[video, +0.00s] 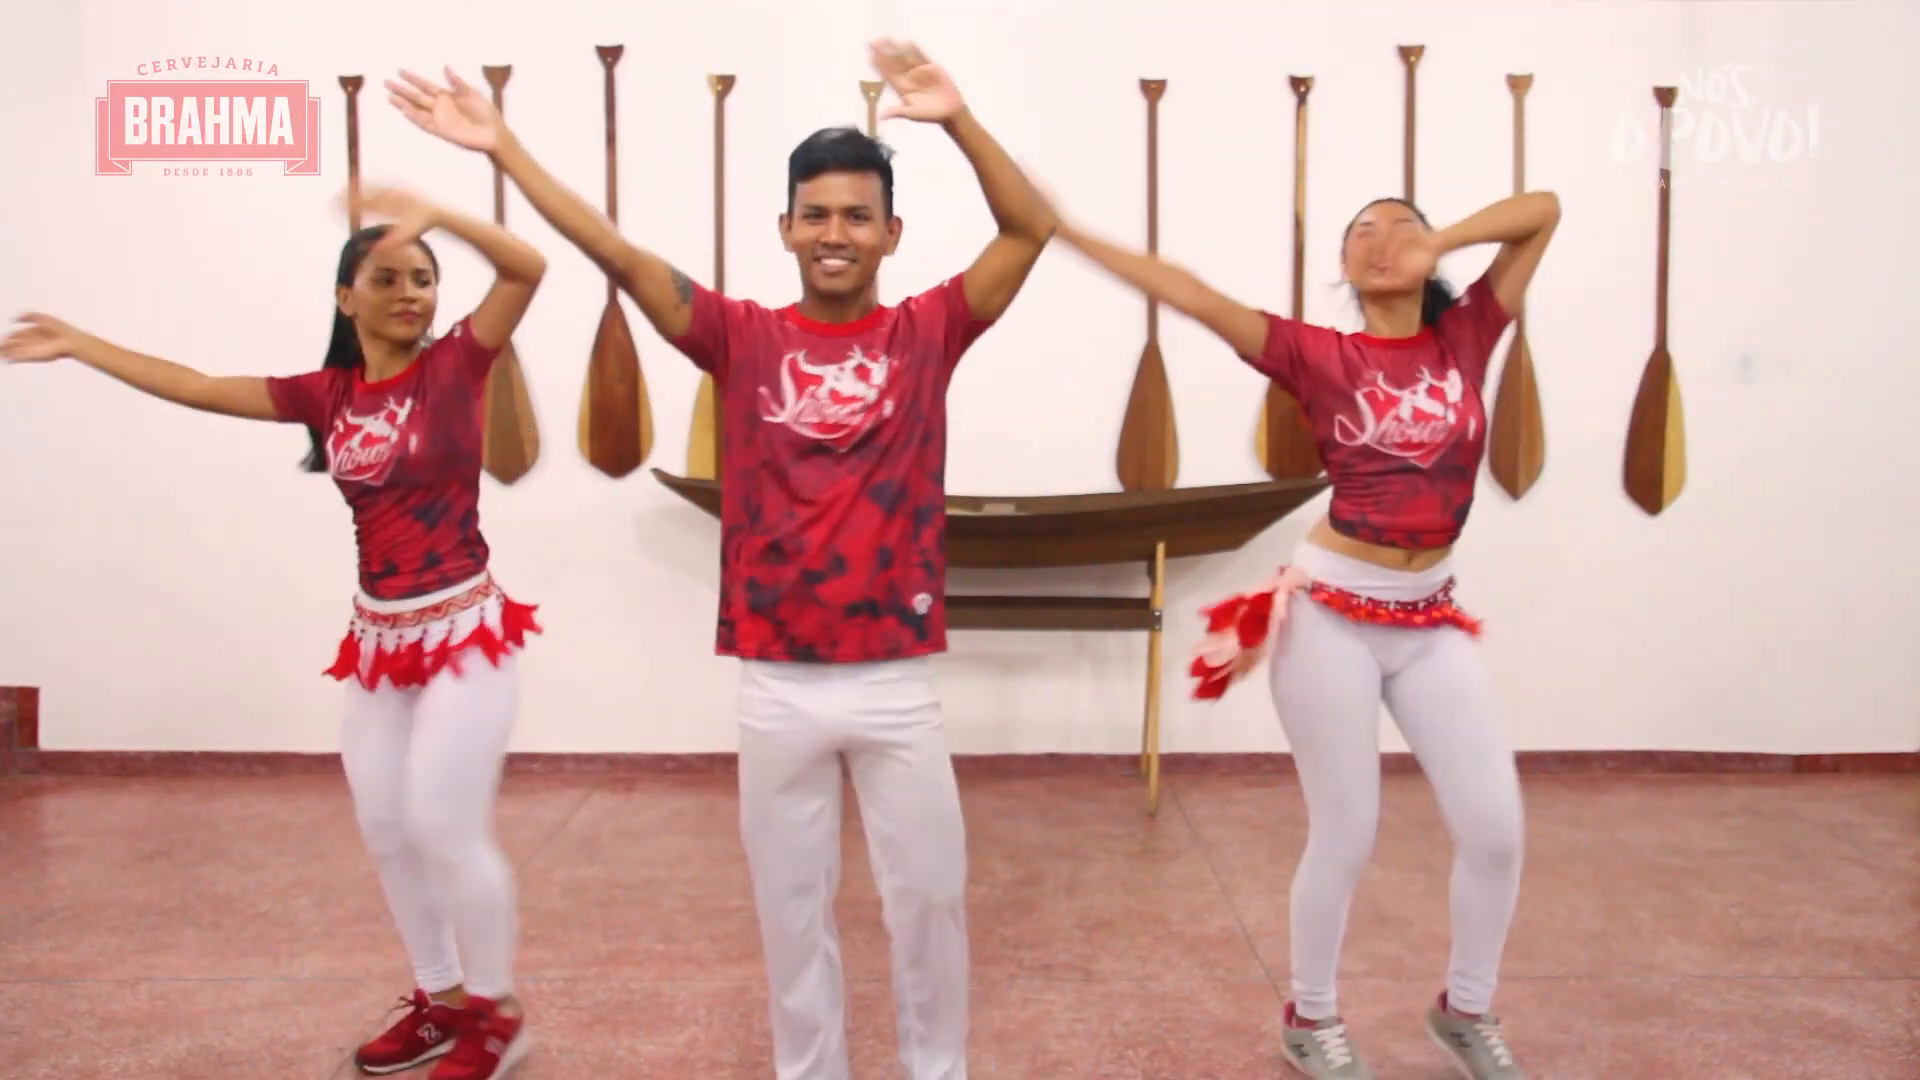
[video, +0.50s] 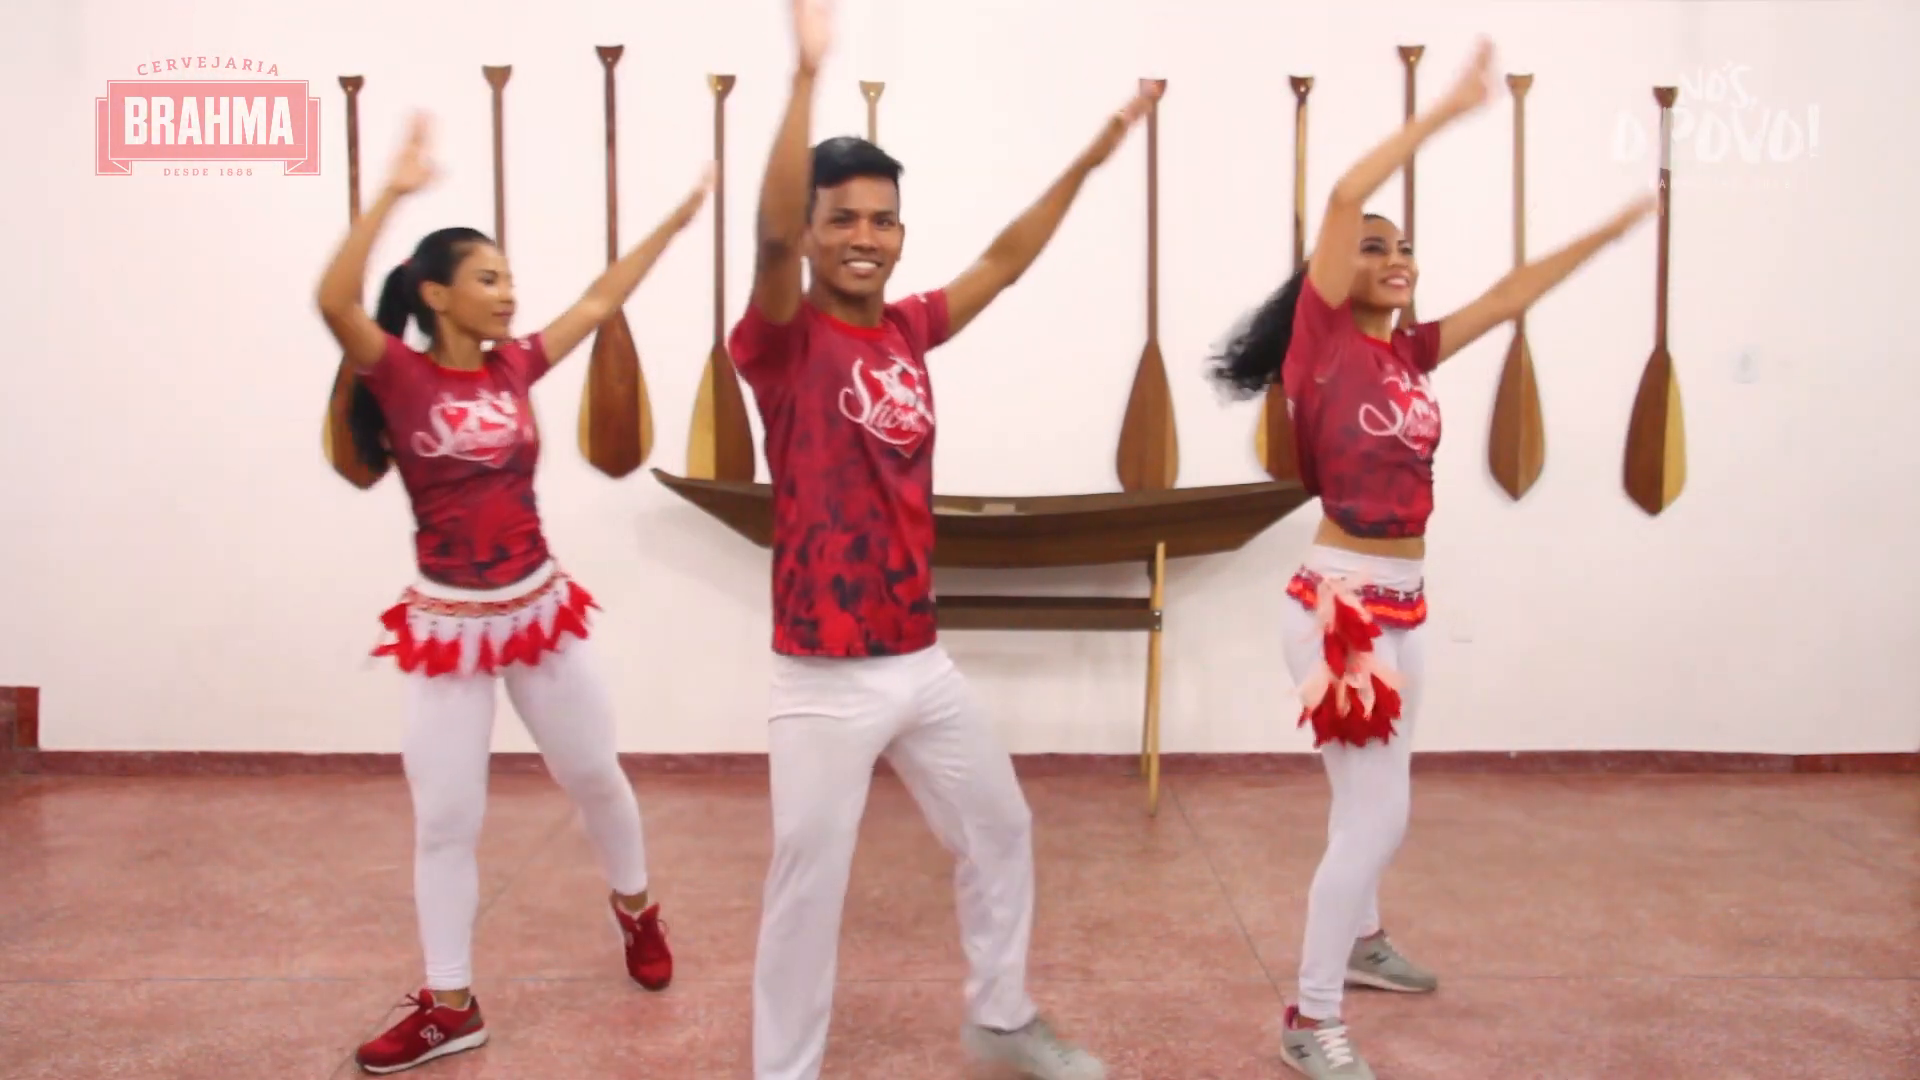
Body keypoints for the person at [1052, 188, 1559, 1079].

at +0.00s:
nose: (1381, 234)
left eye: (1400, 226)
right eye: (1363, 229)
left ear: (1431, 262)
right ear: (1345, 267)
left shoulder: (1465, 340)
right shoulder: (1321, 354)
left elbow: (1541, 212)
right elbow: (1190, 294)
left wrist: (1441, 240)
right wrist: (1071, 232)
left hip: (1428, 620)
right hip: (1329, 615)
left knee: (1495, 826)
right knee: (1346, 828)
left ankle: (1468, 1011)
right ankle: (1312, 1019)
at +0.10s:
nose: (1401, 244)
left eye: (1412, 238)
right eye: (1379, 236)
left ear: (1425, 269)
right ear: (1343, 269)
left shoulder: (1443, 346)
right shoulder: (1315, 349)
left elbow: (1525, 232)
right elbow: (1224, 249)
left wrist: (1457, 178)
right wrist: (1134, 159)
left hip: (1414, 619)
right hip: (1319, 615)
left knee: (1510, 805)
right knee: (1345, 824)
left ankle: (1447, 988)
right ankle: (1314, 1022)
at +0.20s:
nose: (1401, 242)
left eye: (1407, 232)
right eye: (1377, 232)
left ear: (1417, 263)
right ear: (1331, 263)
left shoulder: (1426, 335)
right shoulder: (1313, 333)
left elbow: (1505, 235)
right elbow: (1276, 211)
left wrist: (1514, 125)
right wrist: (1232, 81)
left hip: (1409, 607)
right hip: (1322, 607)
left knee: (1498, 796)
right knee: (1345, 823)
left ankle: (1414, 943)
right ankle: (1313, 1019)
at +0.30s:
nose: (1390, 238)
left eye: (1400, 229)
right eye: (1370, 228)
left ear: (1411, 259)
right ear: (1333, 254)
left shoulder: (1418, 331)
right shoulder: (1313, 329)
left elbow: (1503, 236)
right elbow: (1309, 198)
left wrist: (1564, 123)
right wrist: (1328, 55)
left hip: (1408, 601)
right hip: (1323, 603)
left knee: (1464, 776)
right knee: (1347, 821)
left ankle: (1388, 917)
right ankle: (1313, 1019)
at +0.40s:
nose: (1391, 244)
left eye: (1399, 236)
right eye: (1371, 234)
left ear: (1408, 264)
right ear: (1334, 260)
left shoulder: (1414, 337)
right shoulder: (1317, 330)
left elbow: (1507, 262)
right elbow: (1324, 188)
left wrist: (1589, 171)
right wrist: (1402, 62)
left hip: (1411, 597)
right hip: (1336, 597)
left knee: (1413, 780)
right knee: (1358, 819)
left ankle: (1378, 916)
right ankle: (1311, 1019)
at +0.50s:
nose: (1396, 261)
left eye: (1404, 250)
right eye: (1376, 248)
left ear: (1414, 270)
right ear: (1340, 263)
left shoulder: (1412, 350)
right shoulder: (1324, 337)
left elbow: (1510, 292)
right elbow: (1344, 198)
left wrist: (1611, 228)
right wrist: (1451, 105)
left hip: (1399, 599)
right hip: (1342, 598)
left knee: (1379, 801)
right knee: (1370, 820)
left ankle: (1357, 935)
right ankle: (1311, 1018)